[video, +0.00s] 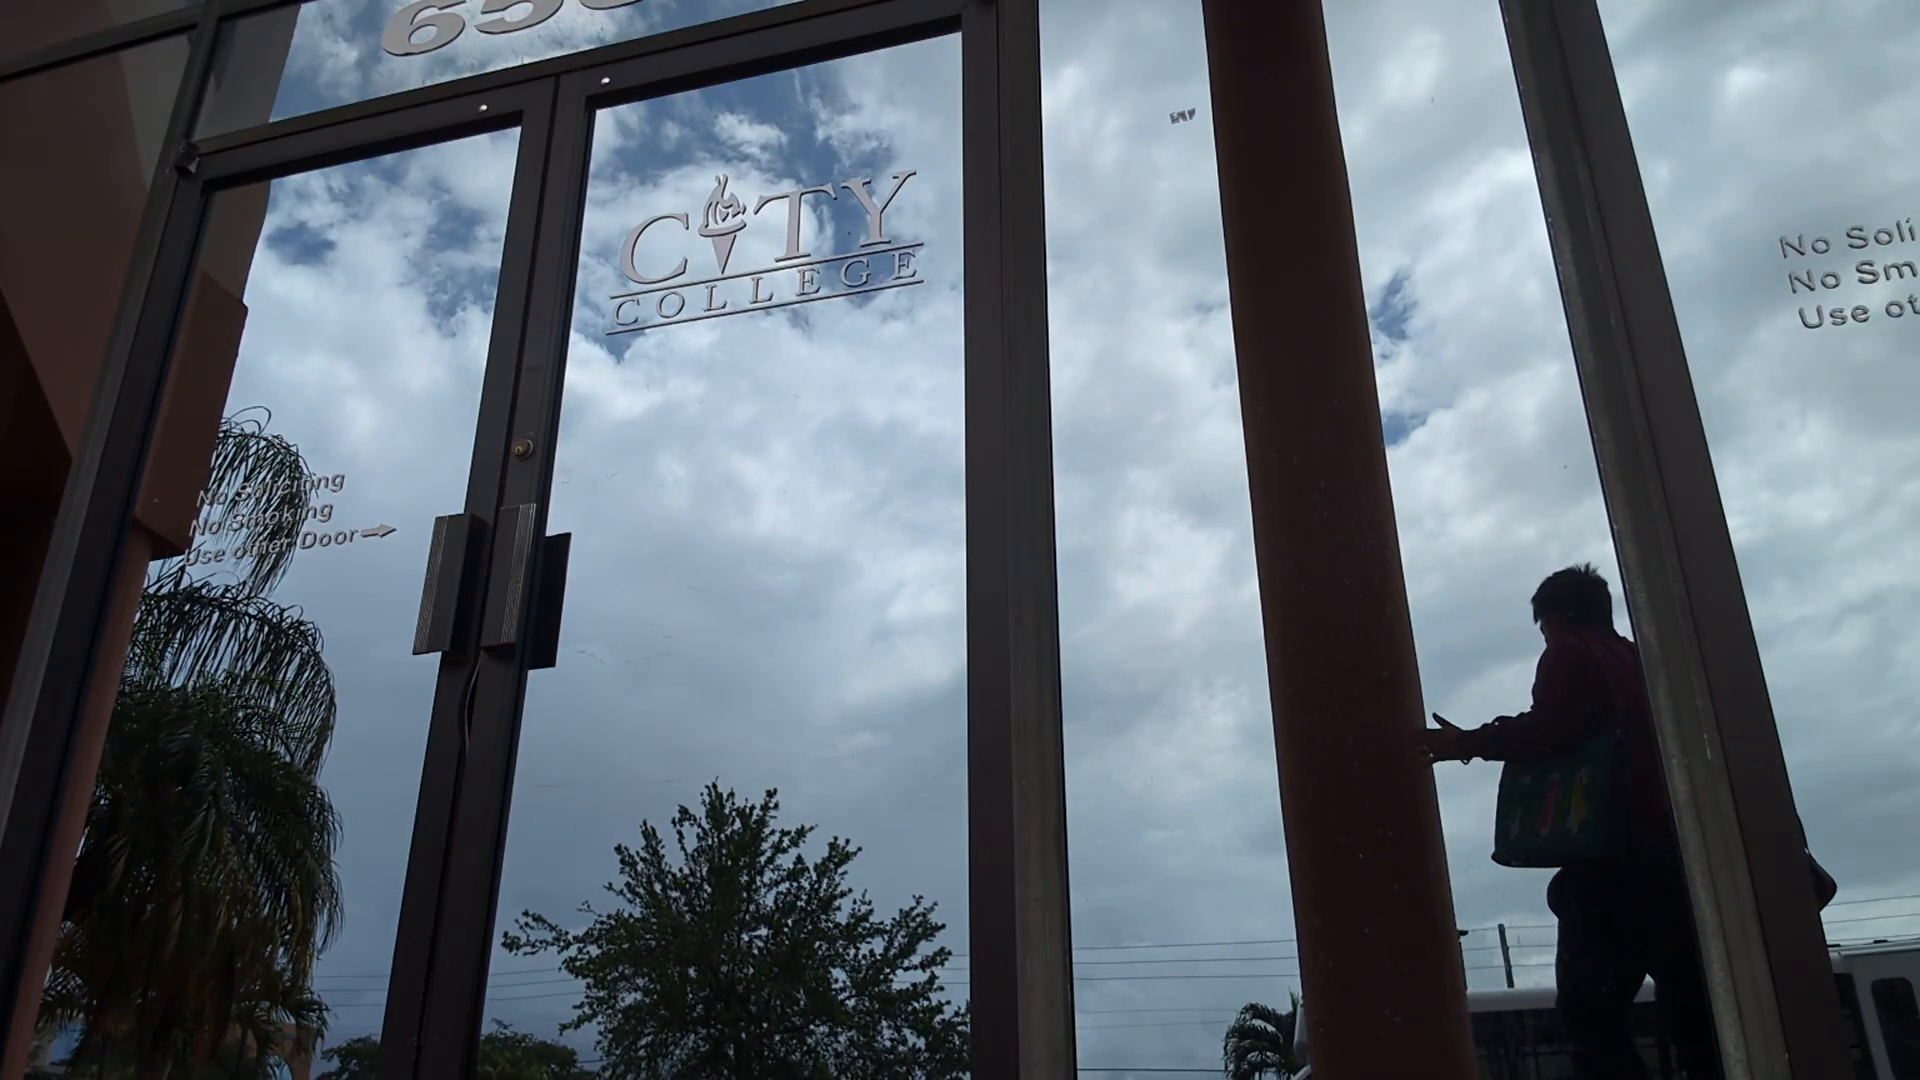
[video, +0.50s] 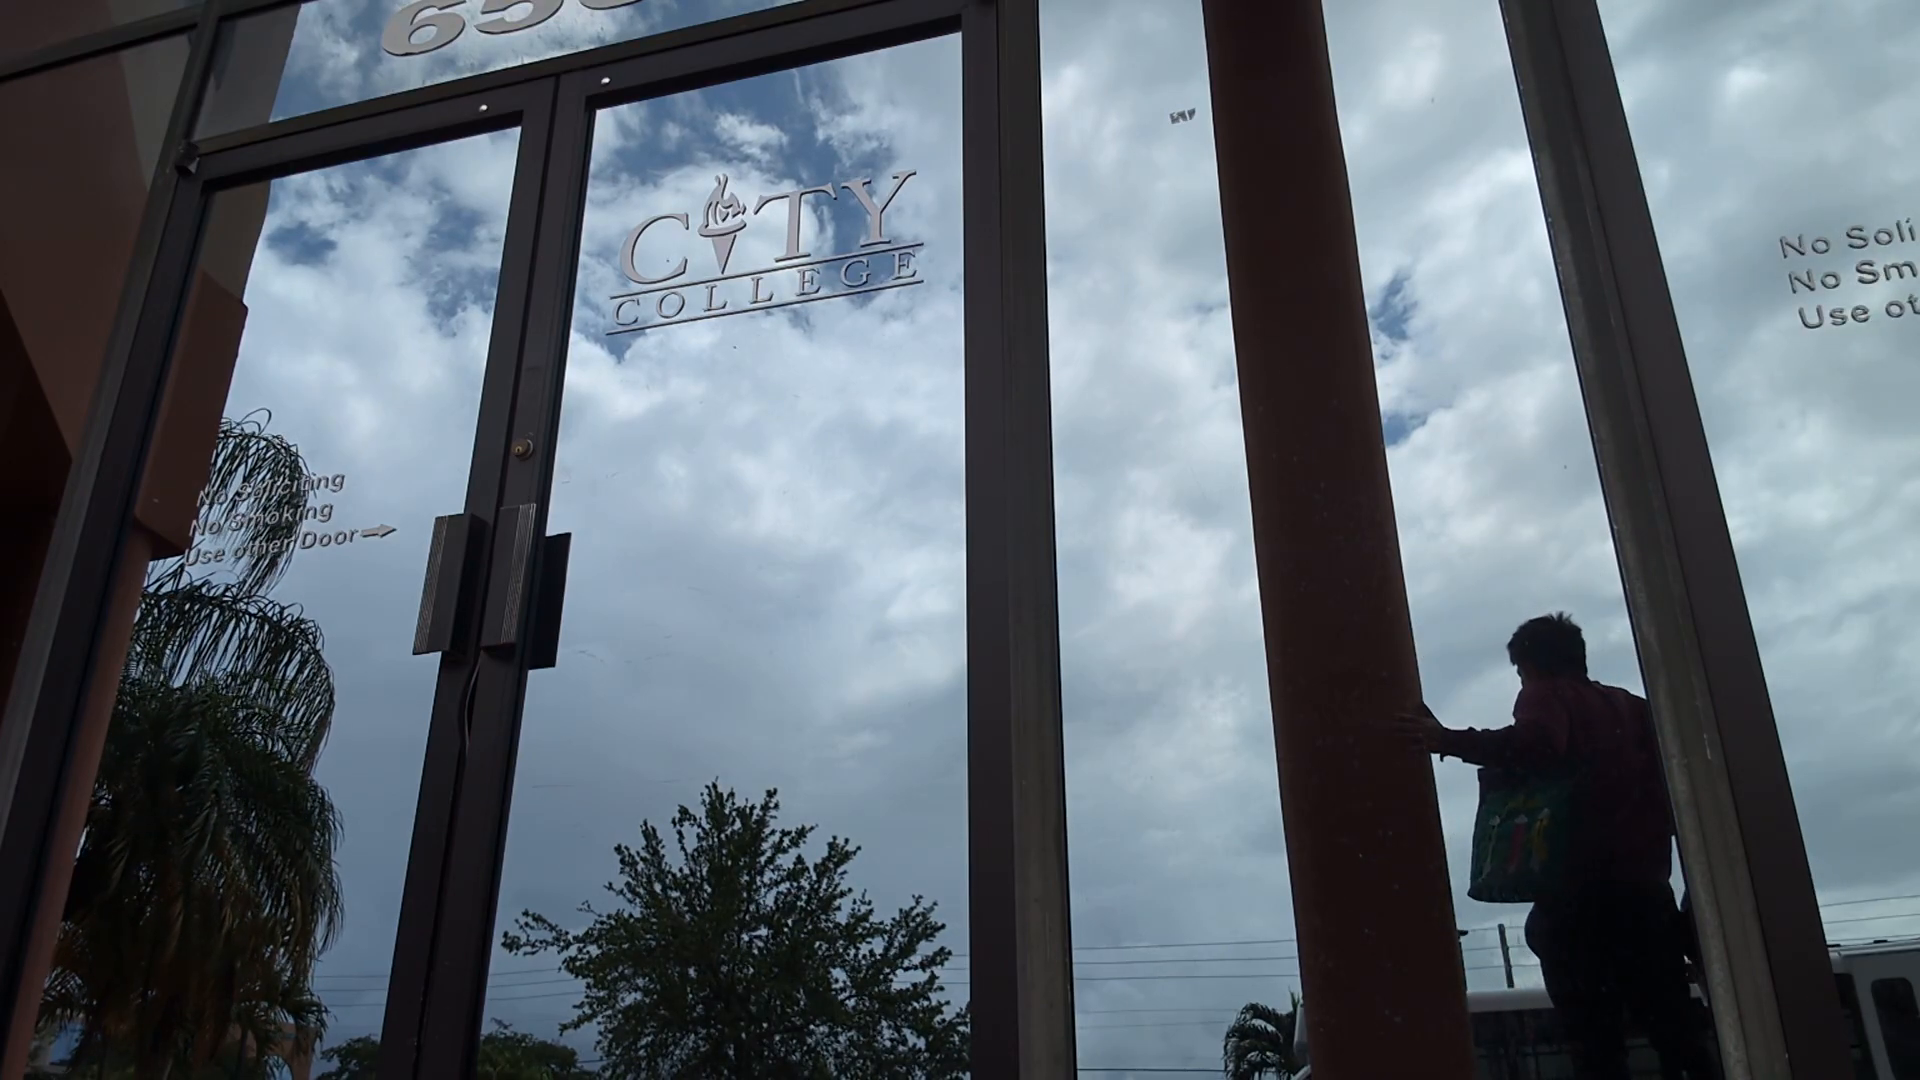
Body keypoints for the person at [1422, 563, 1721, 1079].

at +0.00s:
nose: (1544, 637)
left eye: (1545, 625)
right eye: (1542, 627)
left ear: (1562, 618)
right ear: (1602, 613)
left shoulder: (1566, 656)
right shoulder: (1640, 659)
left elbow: (1552, 729)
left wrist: (1467, 742)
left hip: (1610, 861)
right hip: (1671, 852)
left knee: (1590, 1011)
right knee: (1688, 1002)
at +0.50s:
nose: (1521, 684)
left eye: (1522, 672)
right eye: (1520, 673)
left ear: (1535, 666)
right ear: (1578, 660)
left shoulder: (1542, 697)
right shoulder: (1633, 706)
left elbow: (1539, 744)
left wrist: (1449, 740)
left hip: (1574, 896)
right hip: (1648, 890)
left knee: (1594, 1039)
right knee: (1673, 1023)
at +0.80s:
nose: (1489, 698)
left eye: (1489, 687)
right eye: (1487, 689)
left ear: (1503, 682)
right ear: (1544, 676)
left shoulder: (1523, 708)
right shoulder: (1596, 725)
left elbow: (1535, 754)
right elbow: (1646, 796)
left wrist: (1449, 737)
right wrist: (1610, 841)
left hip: (1551, 903)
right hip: (1607, 902)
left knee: (1570, 1037)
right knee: (1608, 1034)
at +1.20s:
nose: (1444, 728)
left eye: (1447, 718)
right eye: (1442, 719)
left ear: (1473, 714)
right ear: (1494, 711)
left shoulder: (1492, 748)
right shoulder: (1542, 756)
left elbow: (1508, 780)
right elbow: (1585, 828)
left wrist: (1445, 750)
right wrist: (1584, 912)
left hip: (1512, 932)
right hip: (1554, 927)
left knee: (1512, 1042)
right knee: (1558, 1037)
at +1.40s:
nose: (1427, 734)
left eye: (1428, 723)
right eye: (1425, 724)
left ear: (1449, 721)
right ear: (1472, 719)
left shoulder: (1481, 758)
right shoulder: (1509, 763)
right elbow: (1534, 850)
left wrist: (1436, 746)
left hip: (1491, 935)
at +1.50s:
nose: (1424, 736)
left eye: (1426, 726)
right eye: (1424, 728)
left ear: (1442, 725)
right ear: (1460, 725)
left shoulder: (1468, 761)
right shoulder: (1490, 766)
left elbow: (1425, 744)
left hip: (1485, 910)